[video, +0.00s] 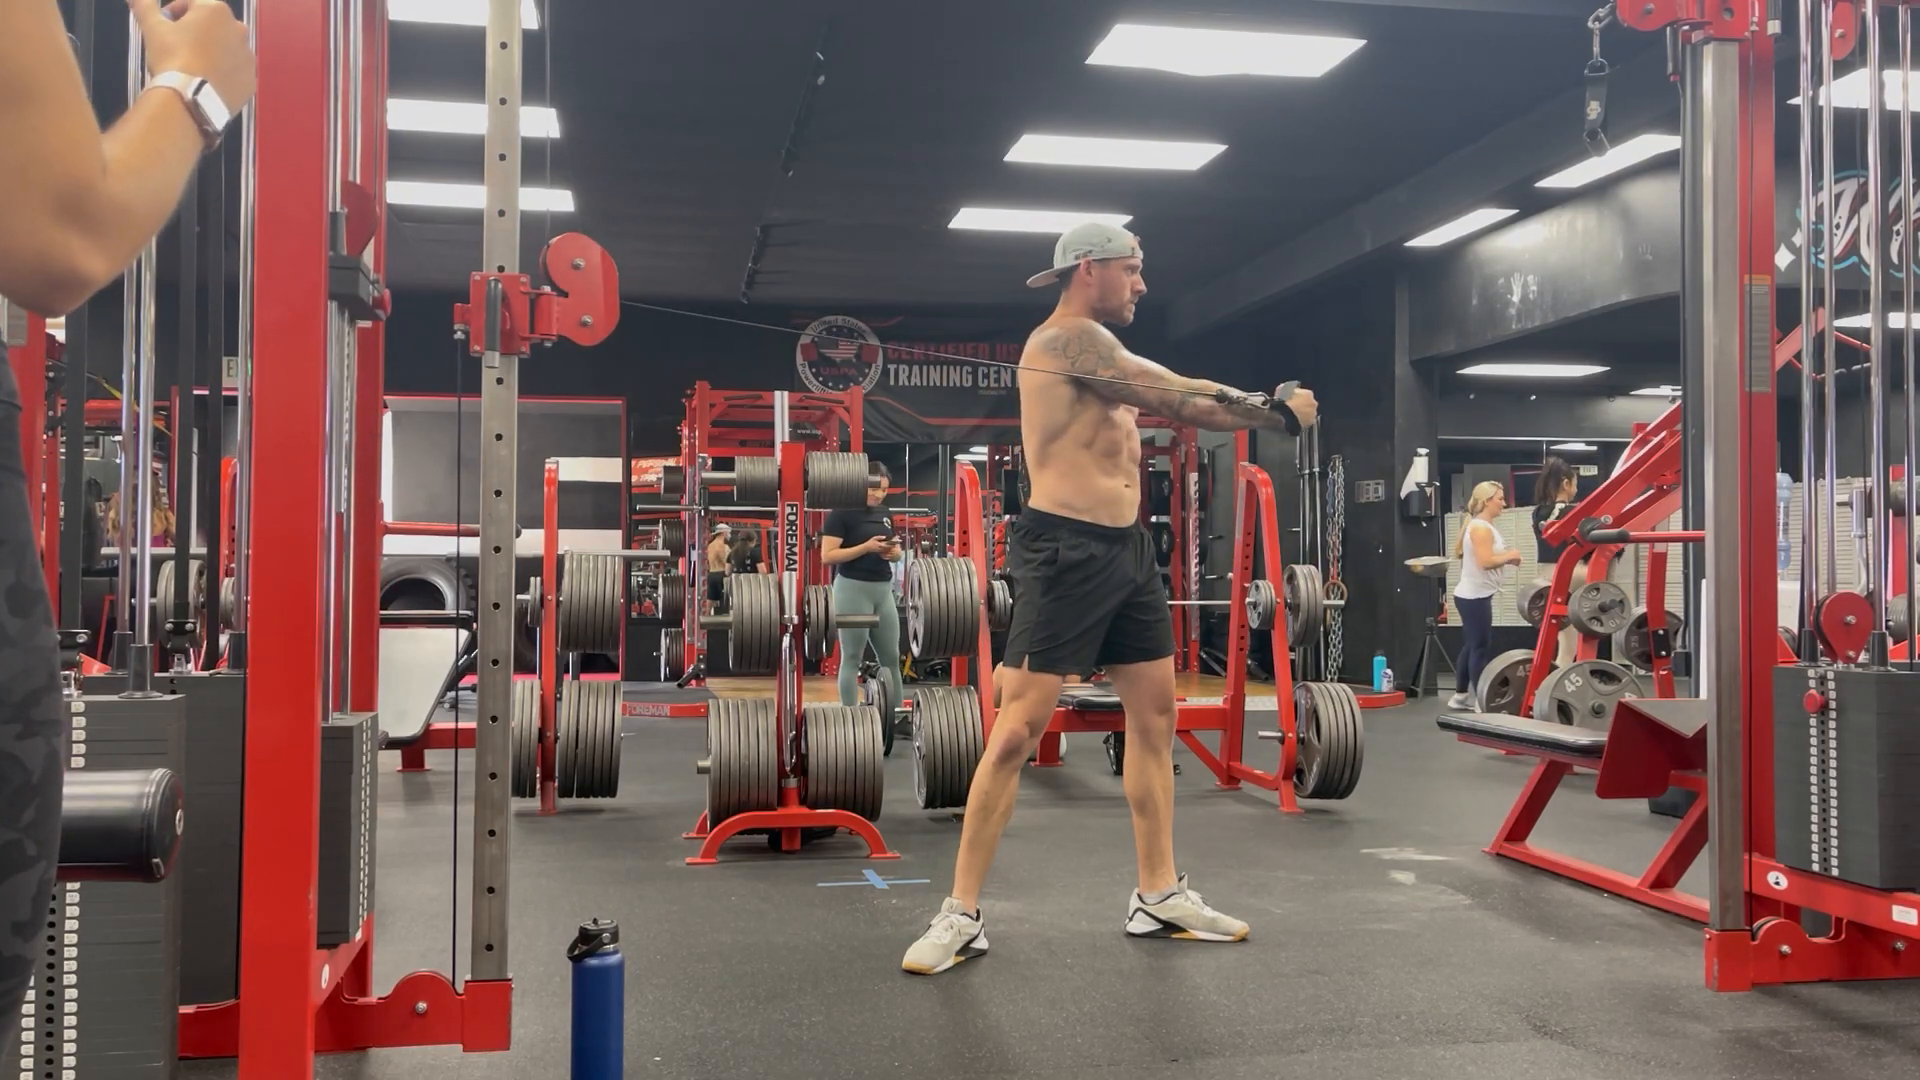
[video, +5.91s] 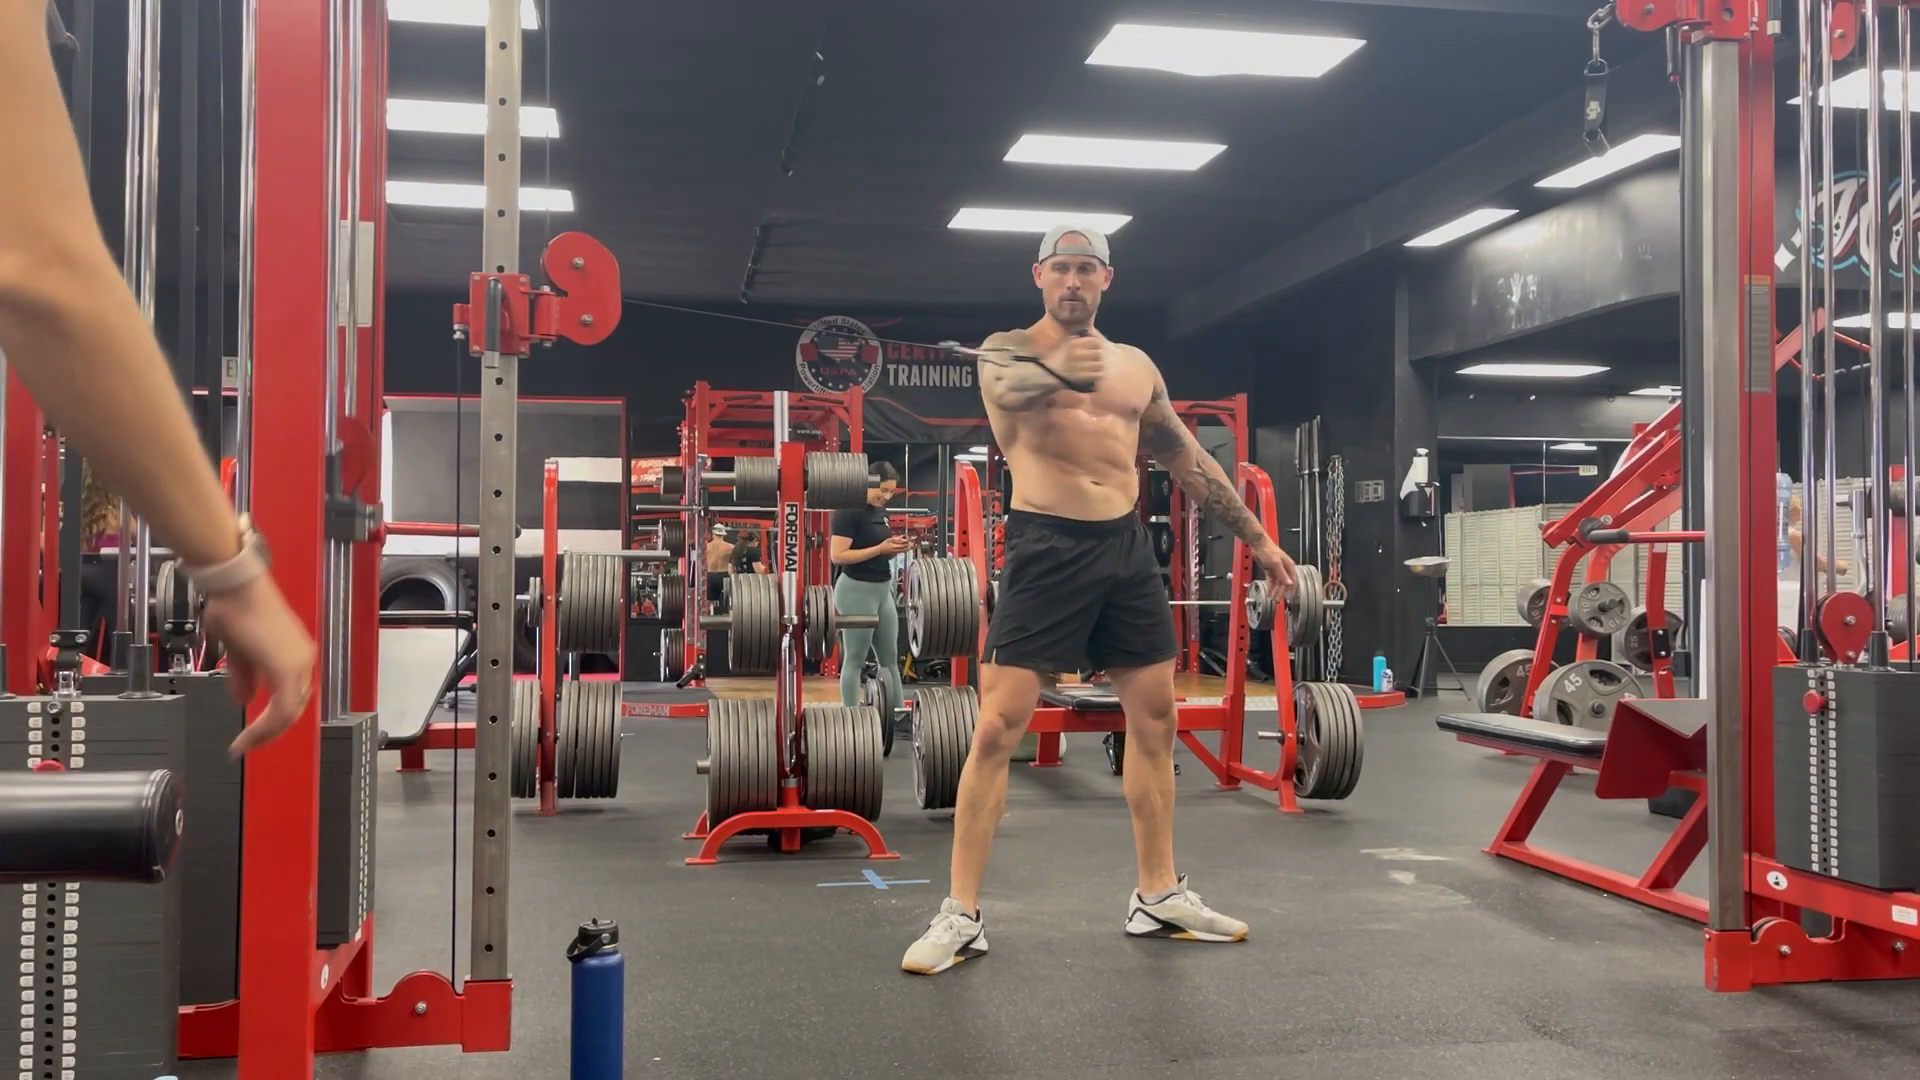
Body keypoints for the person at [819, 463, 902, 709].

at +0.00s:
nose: (875, 494)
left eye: (880, 489)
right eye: (871, 487)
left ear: (887, 490)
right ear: (860, 485)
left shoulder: (884, 514)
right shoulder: (842, 513)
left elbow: (895, 552)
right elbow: (827, 555)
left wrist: (895, 552)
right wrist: (865, 547)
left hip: (883, 591)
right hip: (852, 589)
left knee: (891, 657)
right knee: (852, 658)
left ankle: (897, 717)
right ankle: (850, 719)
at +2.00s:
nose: (901, 494)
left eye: (905, 490)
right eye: (896, 488)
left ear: (907, 490)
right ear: (881, 483)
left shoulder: (900, 515)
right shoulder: (862, 513)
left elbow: (912, 553)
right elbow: (850, 552)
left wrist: (915, 551)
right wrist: (892, 545)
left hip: (900, 591)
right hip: (873, 590)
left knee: (898, 660)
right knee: (866, 658)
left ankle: (901, 716)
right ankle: (854, 716)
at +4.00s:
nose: (898, 498)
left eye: (902, 493)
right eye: (894, 491)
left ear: (905, 490)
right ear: (880, 484)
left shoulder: (898, 513)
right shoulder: (858, 513)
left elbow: (905, 557)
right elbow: (846, 553)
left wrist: (910, 548)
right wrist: (887, 547)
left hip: (899, 591)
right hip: (870, 590)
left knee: (896, 661)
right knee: (864, 657)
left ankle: (900, 719)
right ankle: (852, 718)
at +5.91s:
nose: (887, 497)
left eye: (891, 492)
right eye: (884, 490)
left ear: (893, 489)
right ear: (869, 484)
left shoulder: (879, 512)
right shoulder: (849, 512)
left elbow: (874, 548)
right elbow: (837, 555)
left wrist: (894, 545)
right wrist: (880, 549)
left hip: (883, 590)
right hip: (856, 590)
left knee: (889, 660)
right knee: (854, 660)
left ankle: (898, 718)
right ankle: (851, 721)